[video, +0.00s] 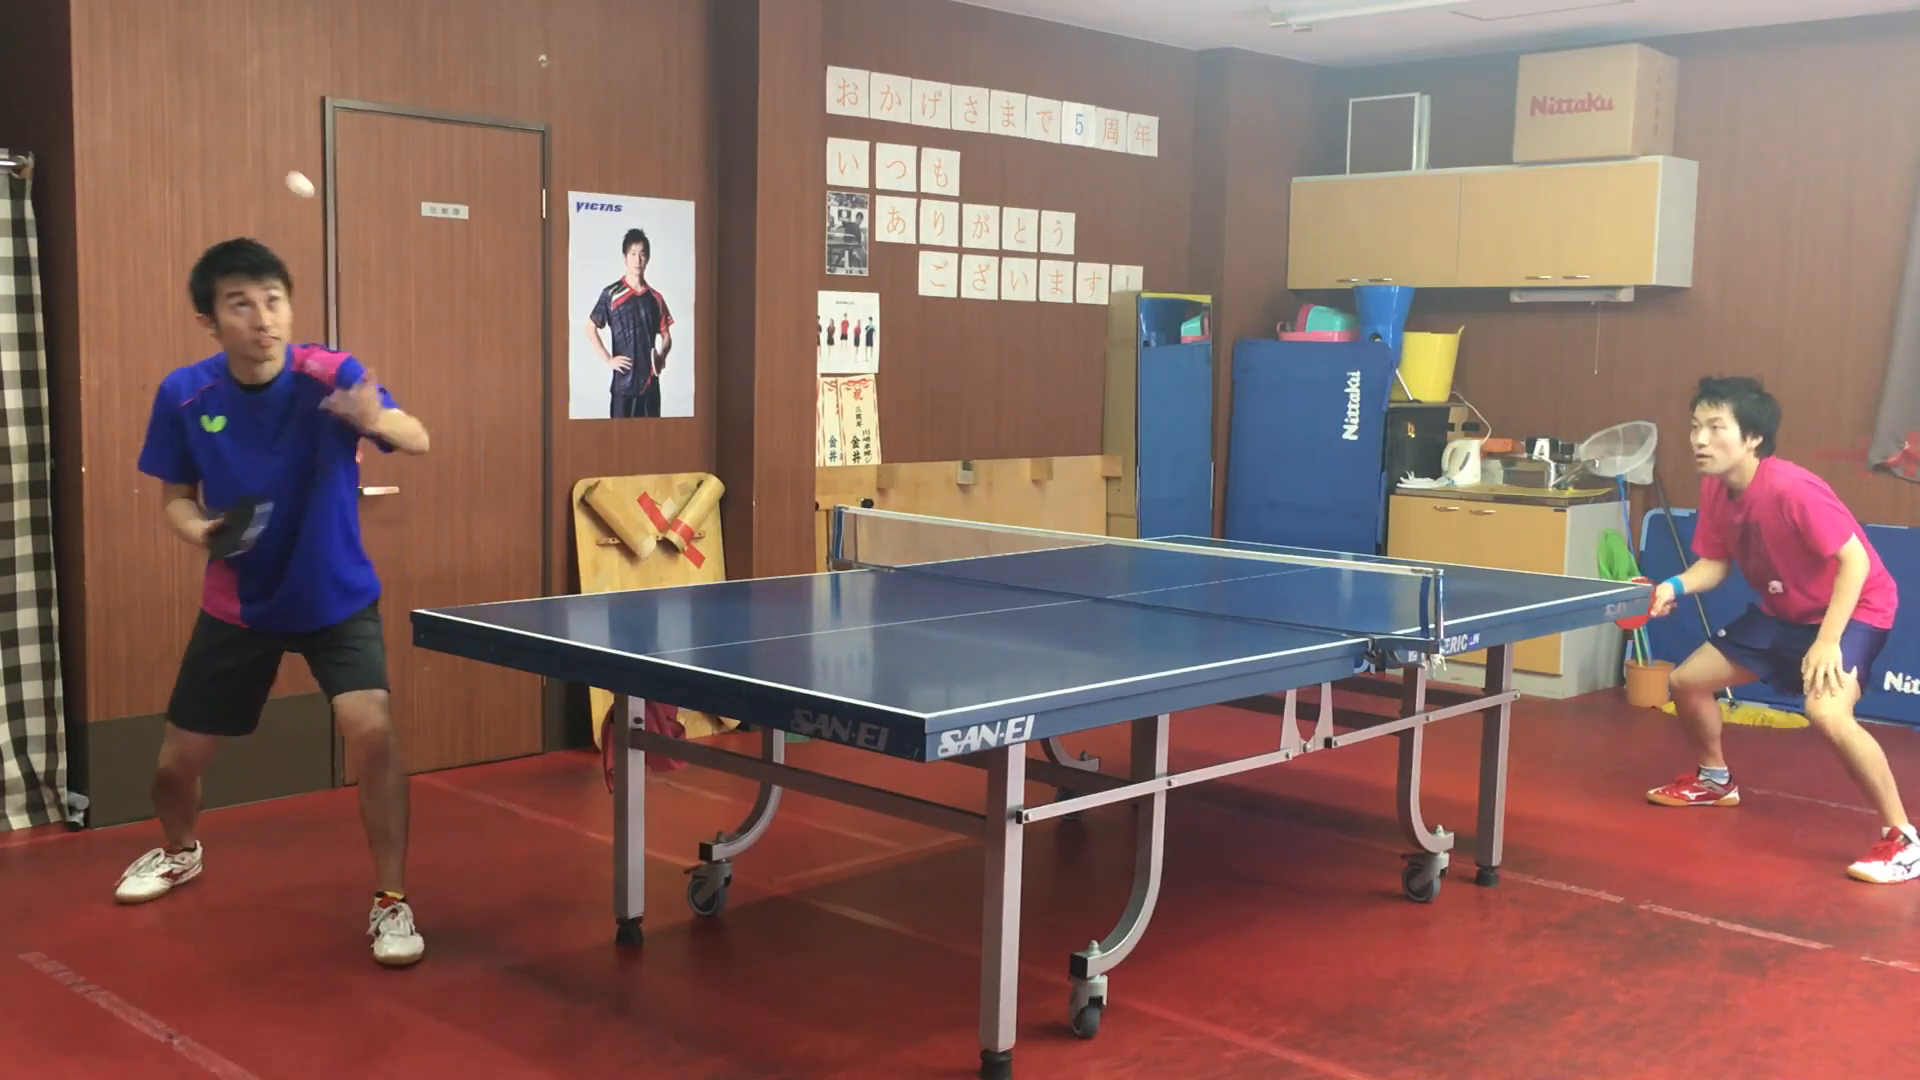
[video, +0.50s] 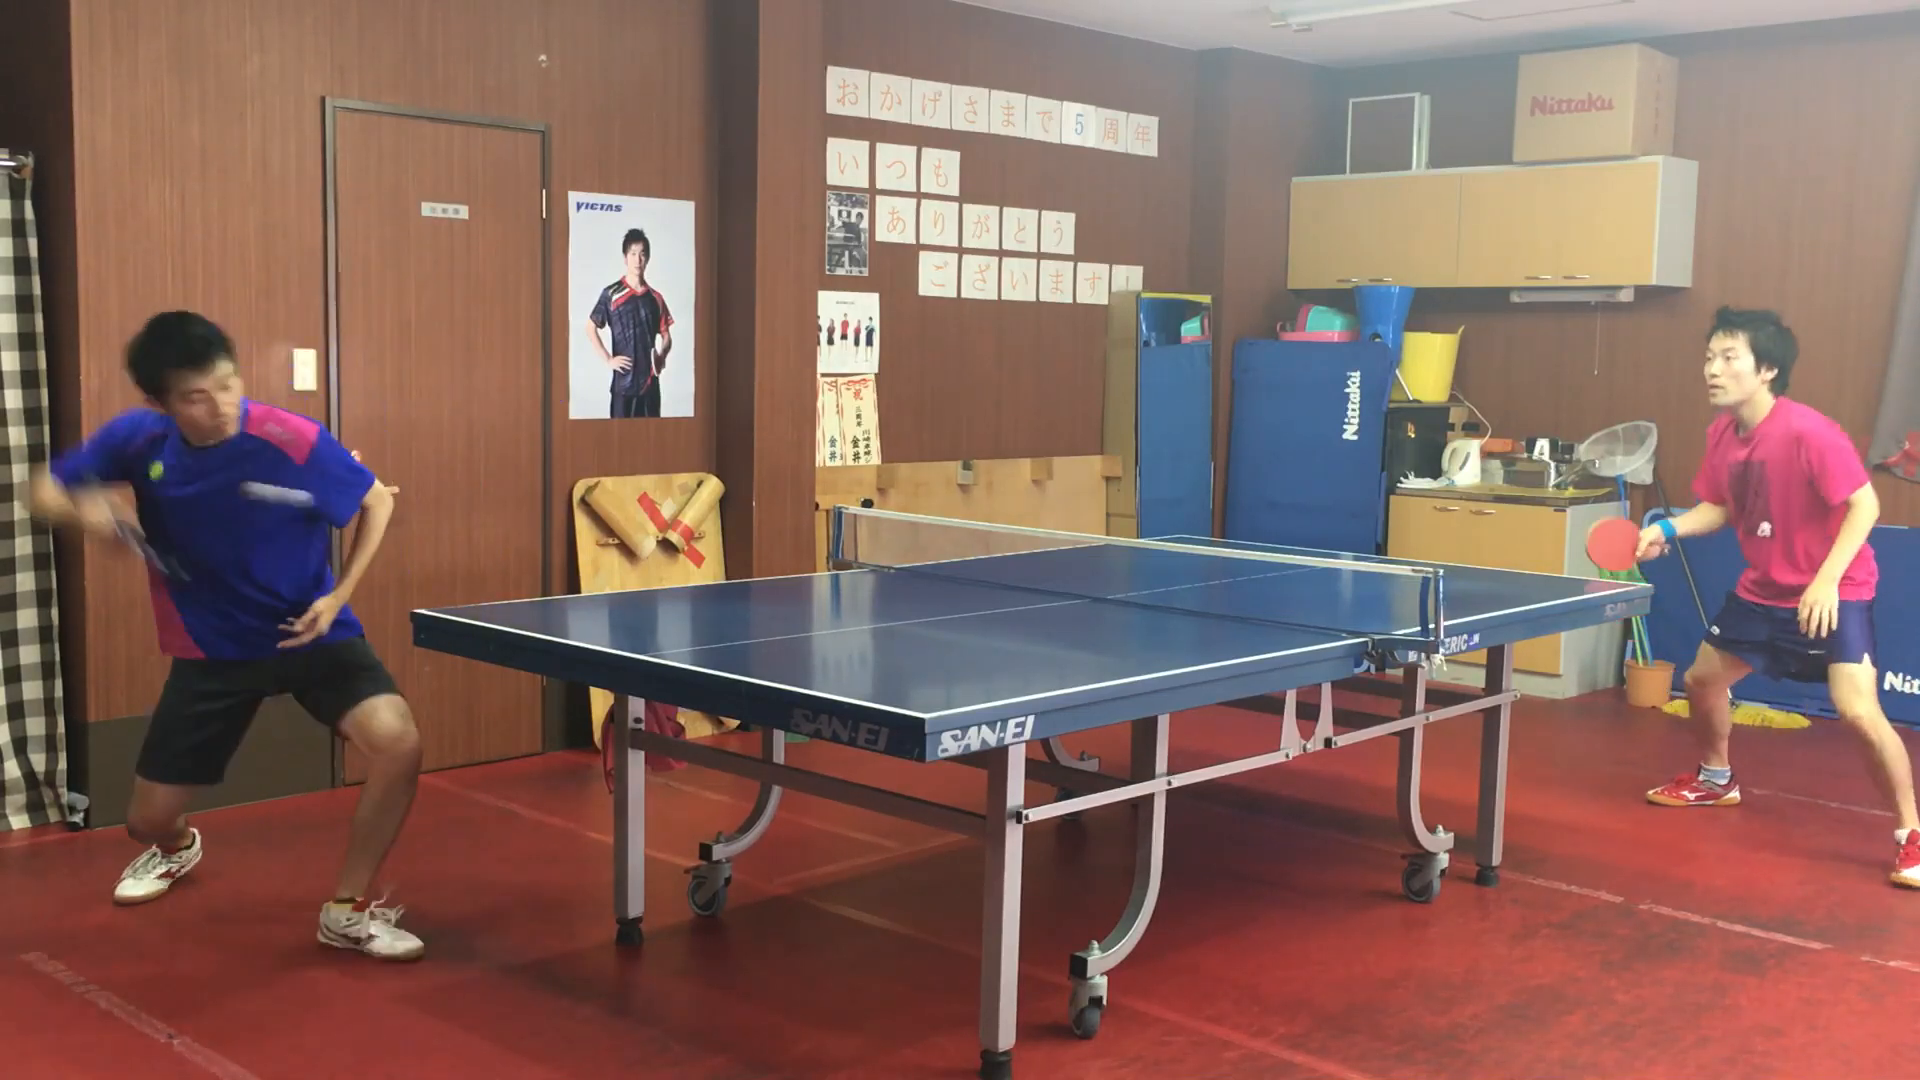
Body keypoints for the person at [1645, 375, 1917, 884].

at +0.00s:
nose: (1698, 438)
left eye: (1714, 427)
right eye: (1695, 426)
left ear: (1753, 441)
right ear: (1692, 431)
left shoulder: (1793, 489)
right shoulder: (1716, 489)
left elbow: (1855, 561)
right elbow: (1715, 562)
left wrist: (1827, 639)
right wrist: (1674, 587)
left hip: (1853, 613)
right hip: (1783, 612)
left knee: (1826, 710)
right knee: (1687, 681)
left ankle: (1901, 836)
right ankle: (1713, 778)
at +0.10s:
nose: (1700, 425)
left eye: (1716, 414)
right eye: (1698, 413)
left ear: (1754, 428)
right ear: (1695, 419)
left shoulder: (1794, 480)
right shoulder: (1716, 479)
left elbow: (1852, 552)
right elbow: (1716, 551)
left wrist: (1824, 630)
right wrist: (1673, 576)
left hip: (1845, 607)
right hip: (1777, 605)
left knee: (1825, 710)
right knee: (1682, 682)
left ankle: (1901, 835)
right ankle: (1713, 778)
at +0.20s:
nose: (1702, 411)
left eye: (1718, 400)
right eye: (1699, 400)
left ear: (1756, 415)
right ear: (1696, 407)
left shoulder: (1796, 470)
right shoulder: (1715, 468)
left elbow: (1850, 545)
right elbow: (1715, 540)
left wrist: (1821, 620)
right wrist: (1672, 565)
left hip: (1837, 604)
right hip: (1769, 601)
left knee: (1826, 709)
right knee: (1679, 683)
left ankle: (1900, 835)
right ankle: (1713, 779)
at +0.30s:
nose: (1703, 398)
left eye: (1719, 388)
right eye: (1701, 387)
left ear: (1757, 403)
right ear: (1699, 394)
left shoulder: (1797, 460)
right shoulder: (1714, 457)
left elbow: (1848, 536)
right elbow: (1714, 530)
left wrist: (1817, 611)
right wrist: (1670, 553)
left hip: (1831, 598)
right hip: (1764, 594)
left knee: (1829, 709)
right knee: (1681, 681)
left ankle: (1900, 834)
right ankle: (1713, 779)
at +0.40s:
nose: (1705, 386)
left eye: (1722, 376)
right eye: (1704, 375)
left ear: (1760, 390)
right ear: (1700, 381)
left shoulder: (1800, 449)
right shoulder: (1715, 445)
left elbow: (1850, 526)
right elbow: (1713, 520)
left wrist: (1817, 602)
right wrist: (1668, 543)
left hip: (1832, 594)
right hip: (1762, 590)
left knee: (1836, 706)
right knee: (1688, 681)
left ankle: (1902, 828)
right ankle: (1714, 779)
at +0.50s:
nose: (1711, 370)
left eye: (1727, 359)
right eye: (1709, 359)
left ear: (1767, 373)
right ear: (1706, 366)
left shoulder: (1809, 432)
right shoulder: (1723, 432)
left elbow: (1865, 506)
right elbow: (1718, 508)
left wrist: (1827, 578)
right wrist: (1668, 528)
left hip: (1835, 588)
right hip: (1763, 585)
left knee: (1857, 709)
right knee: (1703, 679)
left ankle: (1911, 831)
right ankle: (1714, 776)